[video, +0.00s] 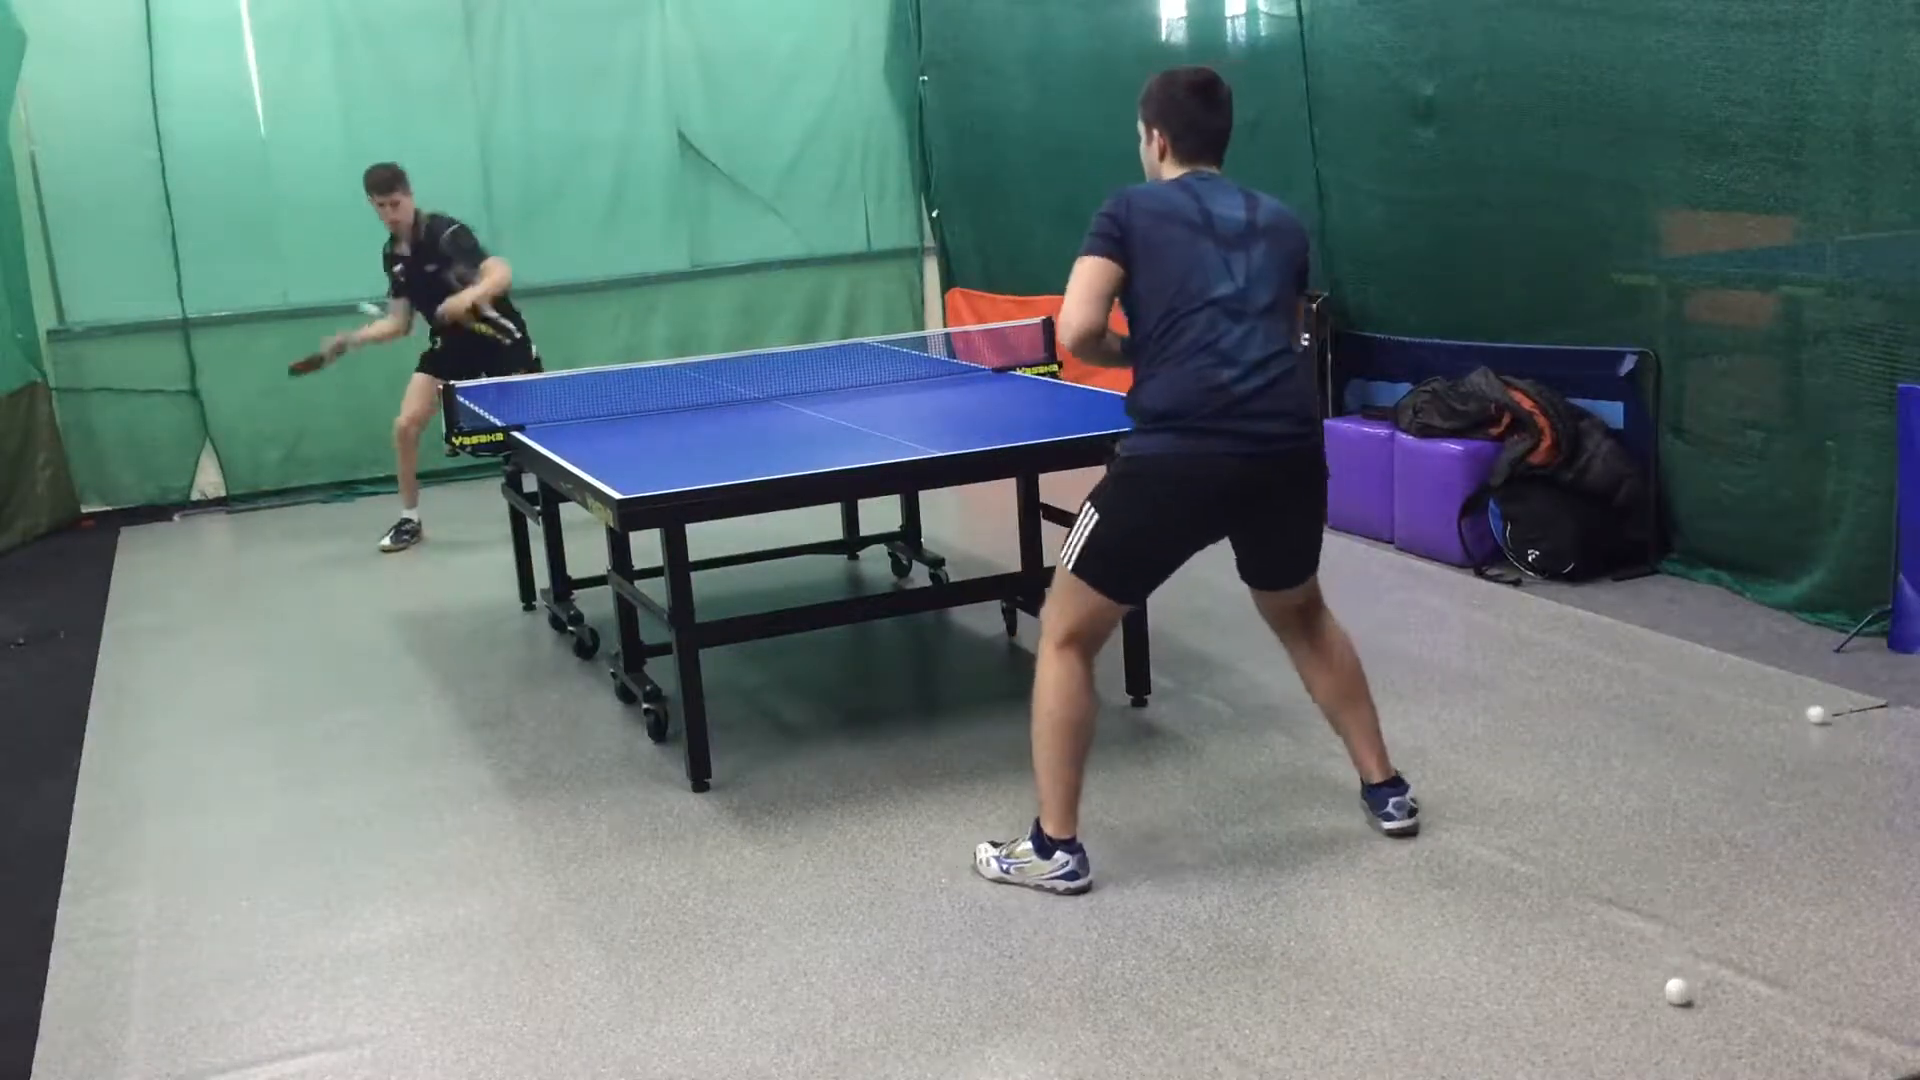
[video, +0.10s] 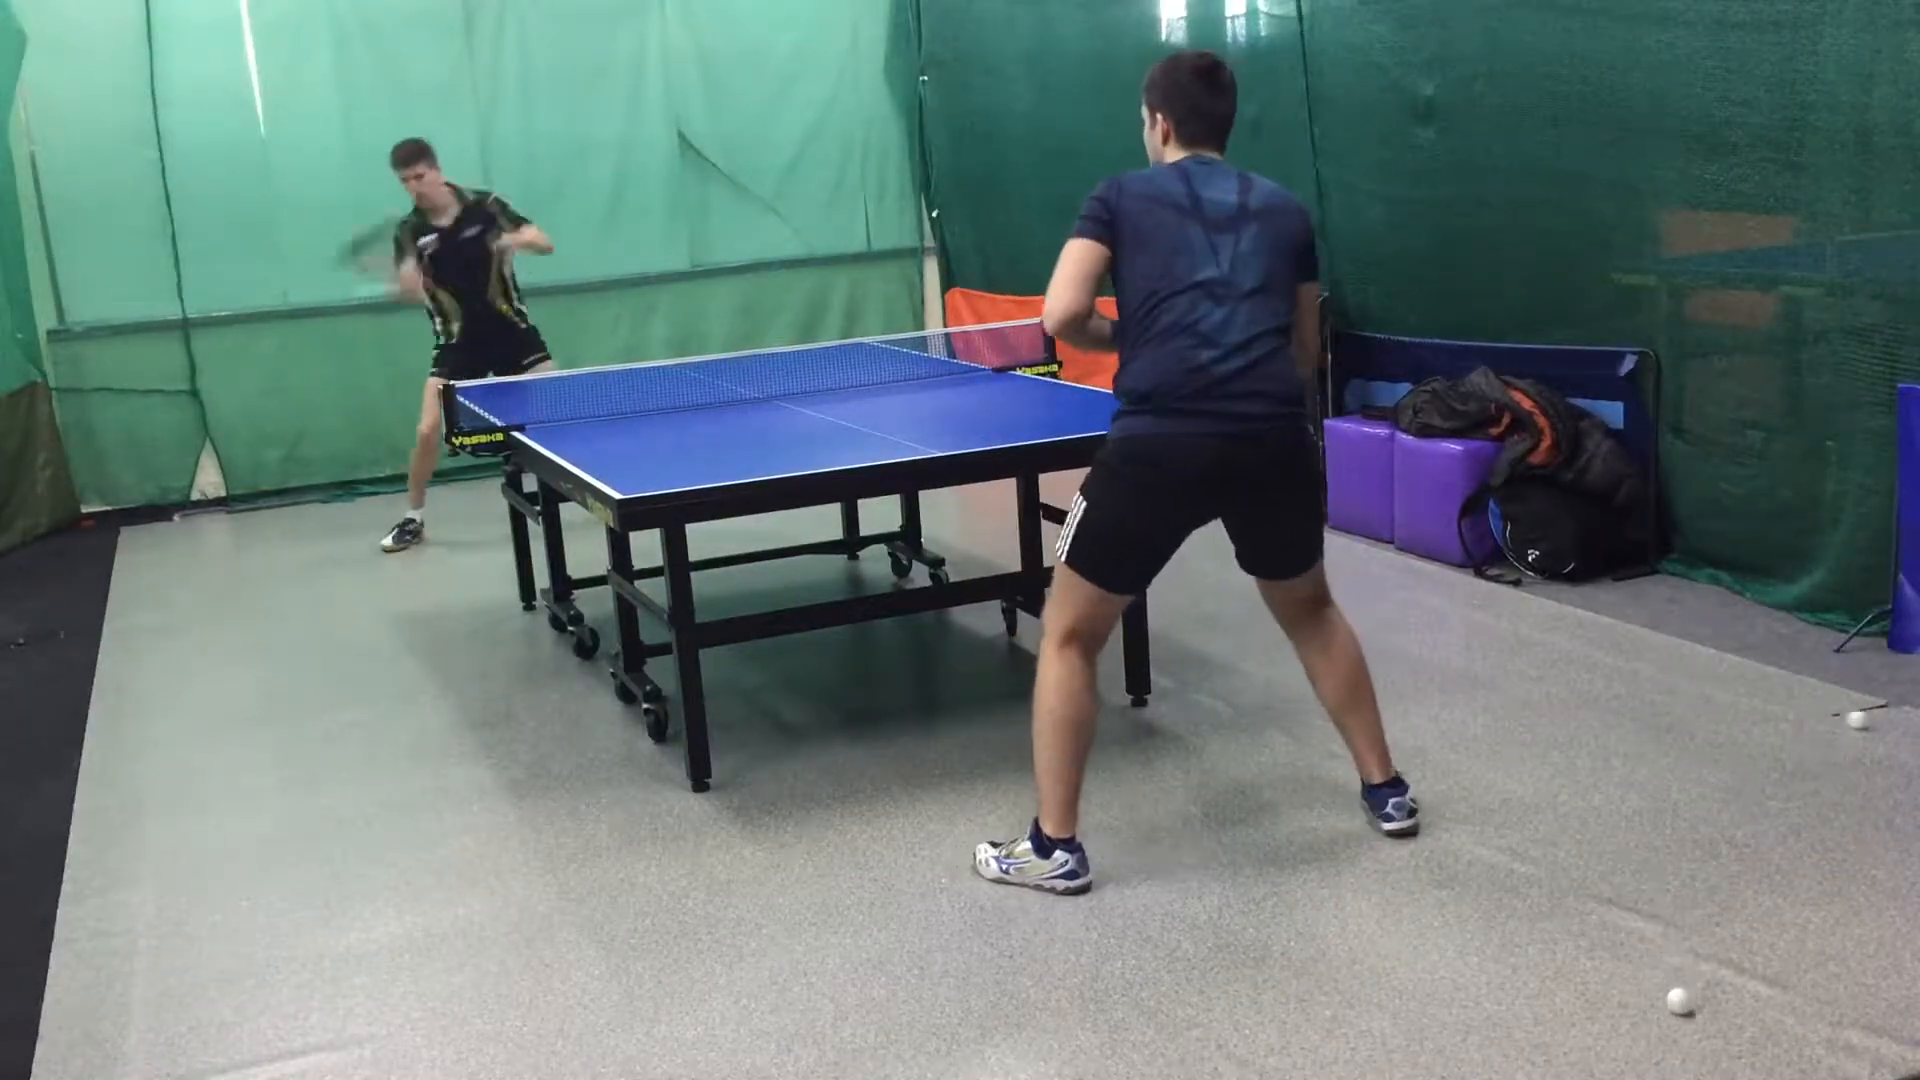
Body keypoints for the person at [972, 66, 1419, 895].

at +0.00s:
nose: (1142, 147)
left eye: (1143, 136)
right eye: (1147, 134)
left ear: (1155, 140)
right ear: (1225, 141)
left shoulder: (1131, 210)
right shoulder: (1284, 221)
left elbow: (1080, 330)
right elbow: (1287, 331)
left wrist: (1136, 352)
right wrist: (1192, 338)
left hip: (1174, 464)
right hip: (1286, 462)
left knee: (1068, 636)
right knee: (1303, 615)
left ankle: (1056, 844)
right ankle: (1386, 789)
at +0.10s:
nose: (1145, 131)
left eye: (1146, 120)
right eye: (1151, 119)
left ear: (1157, 125)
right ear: (1229, 126)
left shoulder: (1123, 197)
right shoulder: (1286, 209)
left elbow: (1062, 316)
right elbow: (1306, 353)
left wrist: (1127, 338)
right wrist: (1263, 397)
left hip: (1157, 450)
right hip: (1273, 448)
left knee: (1072, 638)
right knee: (1311, 612)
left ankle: (1055, 844)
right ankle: (1386, 790)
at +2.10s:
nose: (1173, 168)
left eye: (1172, 158)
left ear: (1176, 164)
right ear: (1250, 166)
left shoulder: (1124, 233)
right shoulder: (1289, 244)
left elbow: (1056, 345)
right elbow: (1316, 392)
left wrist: (1129, 372)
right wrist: (1377, 399)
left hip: (1142, 480)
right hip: (1261, 478)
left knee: (1066, 648)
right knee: (1330, 612)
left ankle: (1050, 849)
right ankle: (1392, 788)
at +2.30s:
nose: (1188, 149)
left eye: (1189, 138)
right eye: (1200, 139)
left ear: (1197, 145)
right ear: (1270, 153)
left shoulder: (1148, 213)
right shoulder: (1312, 240)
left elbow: (1076, 329)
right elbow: (1316, 380)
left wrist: (1142, 351)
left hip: (1165, 466)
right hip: (1281, 465)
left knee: (1077, 637)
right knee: (1332, 610)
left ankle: (1049, 837)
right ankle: (1392, 786)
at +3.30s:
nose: (1109, 122)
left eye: (1111, 112)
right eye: (1120, 111)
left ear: (1122, 117)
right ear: (1195, 122)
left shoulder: (1081, 189)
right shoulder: (1246, 204)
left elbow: (1020, 313)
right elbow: (1256, 330)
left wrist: (1075, 333)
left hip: (1133, 449)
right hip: (1247, 443)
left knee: (1054, 644)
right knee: (1304, 612)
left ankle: (1049, 849)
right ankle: (1389, 784)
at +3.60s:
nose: (1114, 138)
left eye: (1115, 126)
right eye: (1122, 126)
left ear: (1126, 133)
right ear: (1198, 133)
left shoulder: (1093, 206)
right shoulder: (1256, 216)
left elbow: (1039, 325)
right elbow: (1277, 337)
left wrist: (1100, 350)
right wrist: (1202, 336)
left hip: (1143, 465)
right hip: (1256, 460)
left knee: (1054, 644)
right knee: (1304, 616)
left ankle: (1049, 848)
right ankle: (1386, 792)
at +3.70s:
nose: (1131, 125)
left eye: (1132, 114)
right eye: (1136, 113)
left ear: (1145, 122)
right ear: (1218, 124)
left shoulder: (1098, 198)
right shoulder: (1269, 210)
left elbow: (1039, 314)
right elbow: (1297, 352)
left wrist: (1099, 340)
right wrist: (1314, 396)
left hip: (1138, 452)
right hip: (1252, 448)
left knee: (1058, 640)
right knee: (1314, 612)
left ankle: (1047, 845)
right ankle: (1387, 793)